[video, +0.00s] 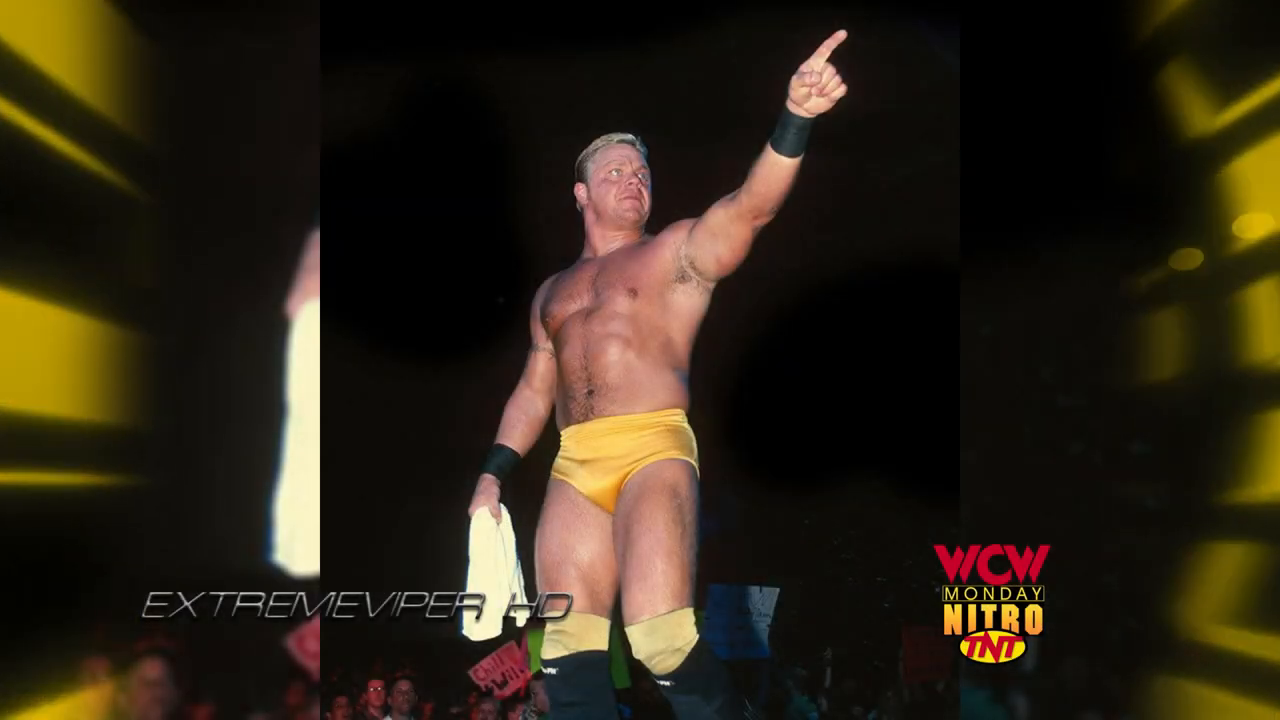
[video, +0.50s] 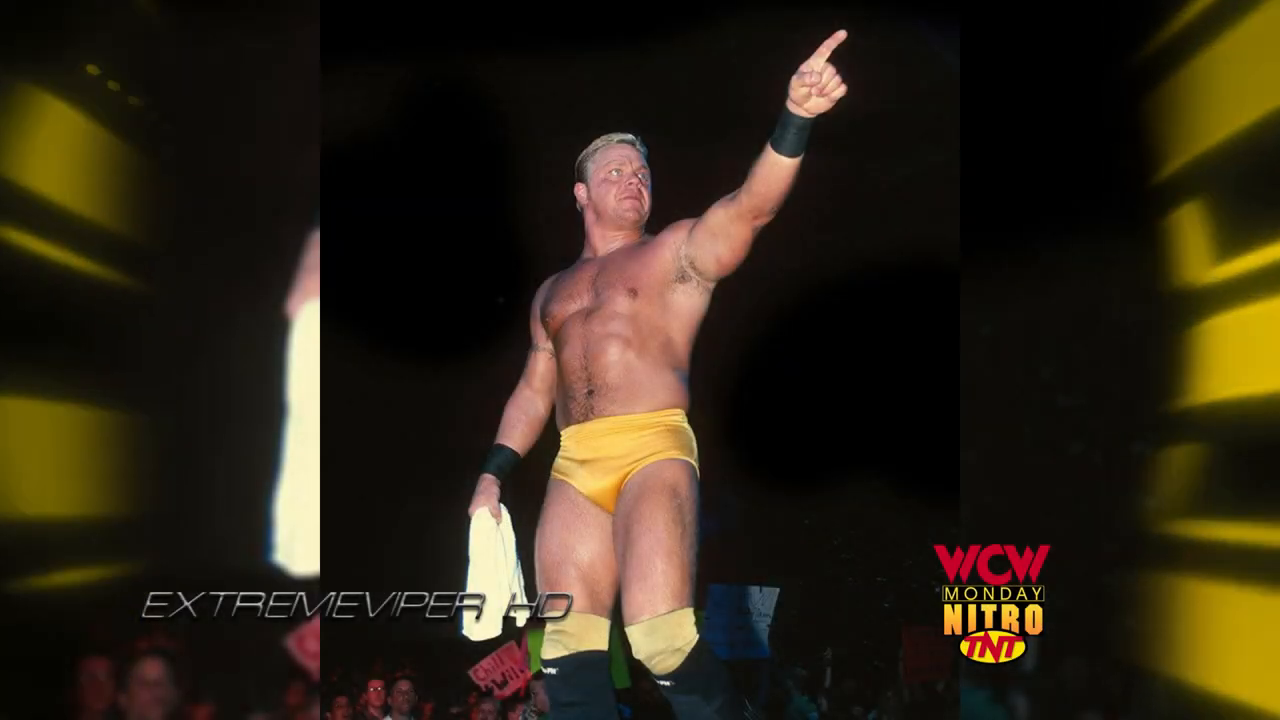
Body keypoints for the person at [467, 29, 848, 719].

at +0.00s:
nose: (632, 180)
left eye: (640, 172)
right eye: (614, 171)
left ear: (651, 194)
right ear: (581, 193)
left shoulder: (680, 254)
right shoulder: (553, 296)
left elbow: (752, 204)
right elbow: (534, 394)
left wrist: (797, 115)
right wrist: (490, 477)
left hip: (656, 448)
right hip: (576, 462)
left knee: (659, 635)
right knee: (568, 646)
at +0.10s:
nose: (632, 180)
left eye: (640, 172)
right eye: (614, 171)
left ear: (651, 194)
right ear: (581, 193)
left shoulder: (680, 254)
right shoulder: (553, 296)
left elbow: (752, 204)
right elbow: (534, 394)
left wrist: (797, 115)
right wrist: (490, 477)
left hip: (656, 448)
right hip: (576, 462)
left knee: (659, 635)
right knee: (568, 646)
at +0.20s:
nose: (632, 180)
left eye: (640, 172)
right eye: (614, 171)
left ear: (651, 194)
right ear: (581, 193)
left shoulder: (680, 254)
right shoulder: (553, 296)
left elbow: (752, 204)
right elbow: (534, 394)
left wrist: (797, 115)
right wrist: (490, 477)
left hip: (656, 448)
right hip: (576, 462)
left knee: (659, 635)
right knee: (568, 646)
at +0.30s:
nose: (632, 180)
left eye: (640, 172)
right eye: (614, 171)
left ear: (651, 194)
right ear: (581, 193)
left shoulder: (680, 254)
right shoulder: (553, 296)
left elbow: (752, 204)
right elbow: (534, 394)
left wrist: (797, 115)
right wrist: (490, 477)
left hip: (656, 448)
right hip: (576, 462)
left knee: (659, 635)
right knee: (568, 646)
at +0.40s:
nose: (632, 180)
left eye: (640, 172)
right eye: (614, 171)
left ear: (650, 194)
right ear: (581, 193)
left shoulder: (680, 254)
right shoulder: (553, 296)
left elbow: (752, 204)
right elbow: (534, 394)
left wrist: (797, 115)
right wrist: (490, 477)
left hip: (656, 448)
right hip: (576, 462)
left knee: (659, 635)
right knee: (568, 646)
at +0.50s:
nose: (632, 180)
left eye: (640, 172)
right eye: (614, 171)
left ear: (650, 194)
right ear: (581, 193)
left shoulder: (680, 254)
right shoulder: (553, 296)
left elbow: (752, 204)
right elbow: (534, 394)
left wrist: (797, 115)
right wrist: (490, 477)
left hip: (656, 448)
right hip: (576, 462)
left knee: (659, 635)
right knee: (568, 646)